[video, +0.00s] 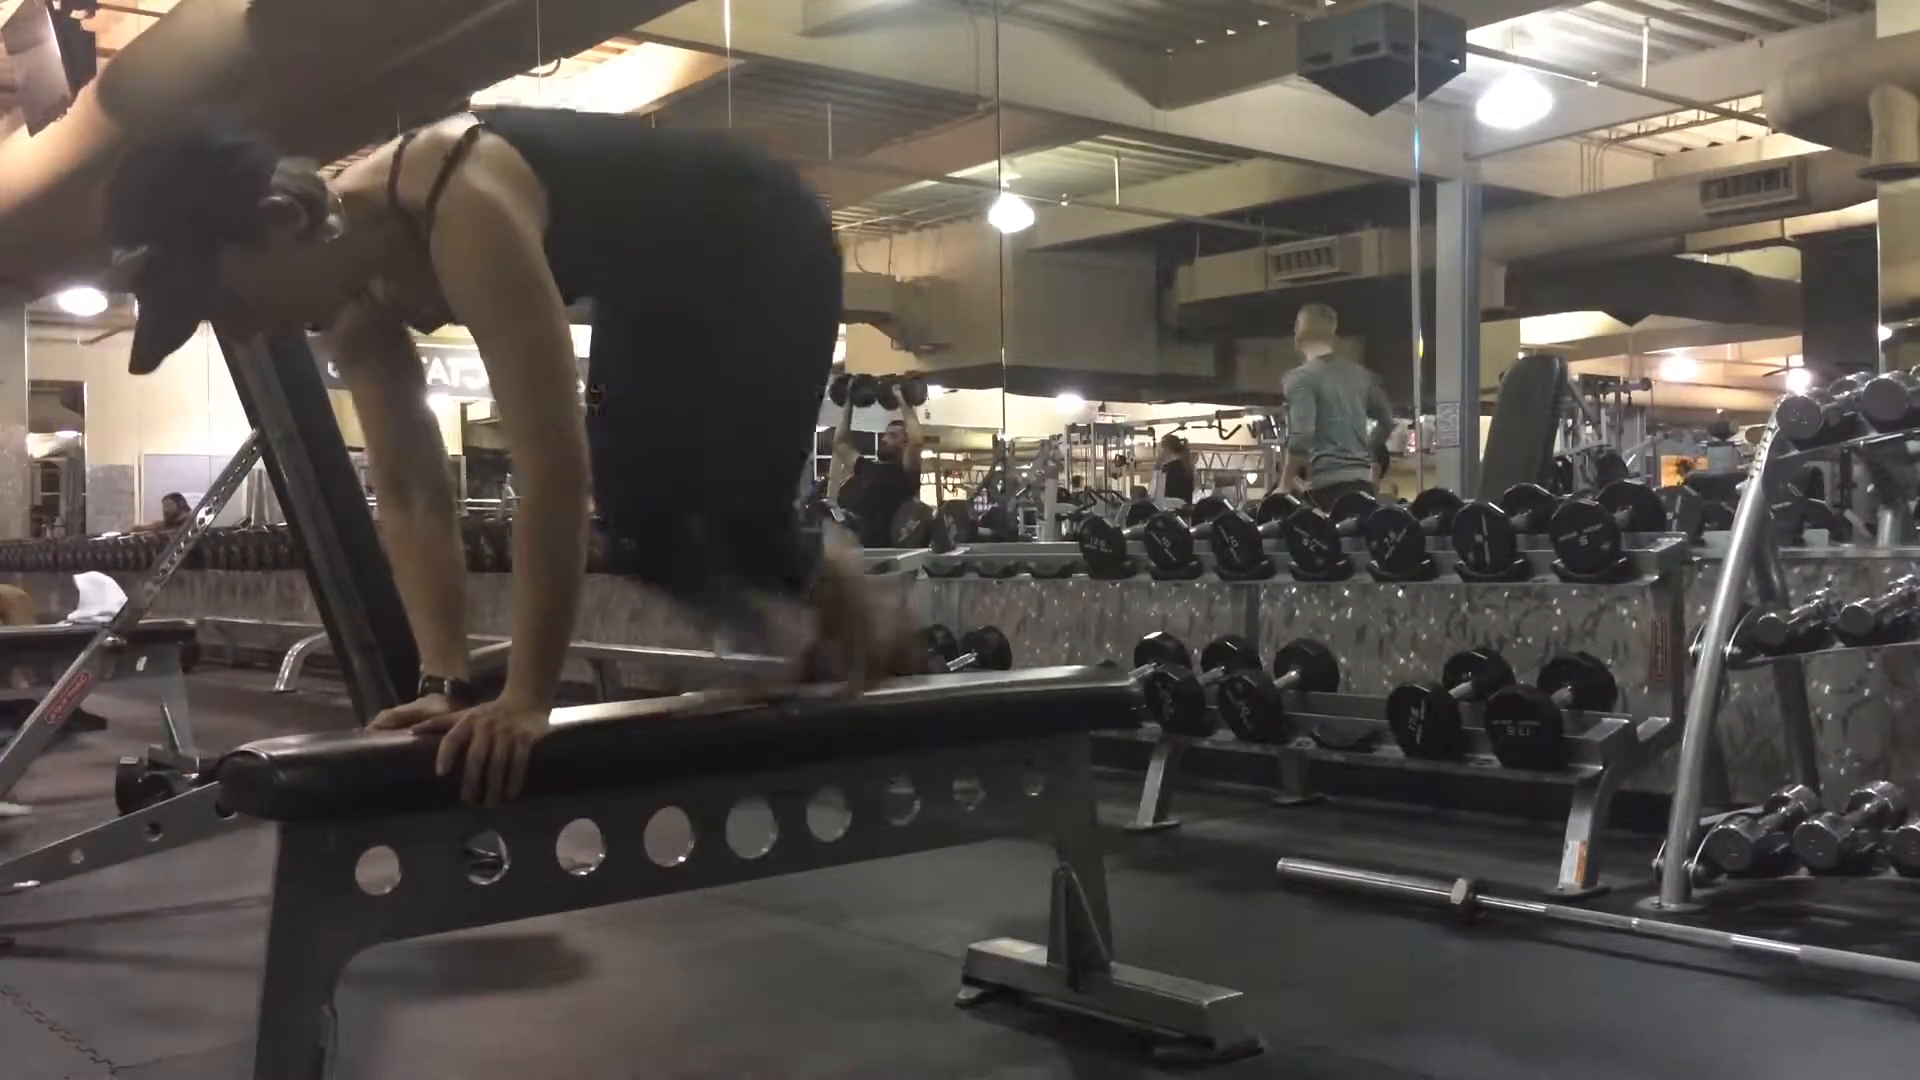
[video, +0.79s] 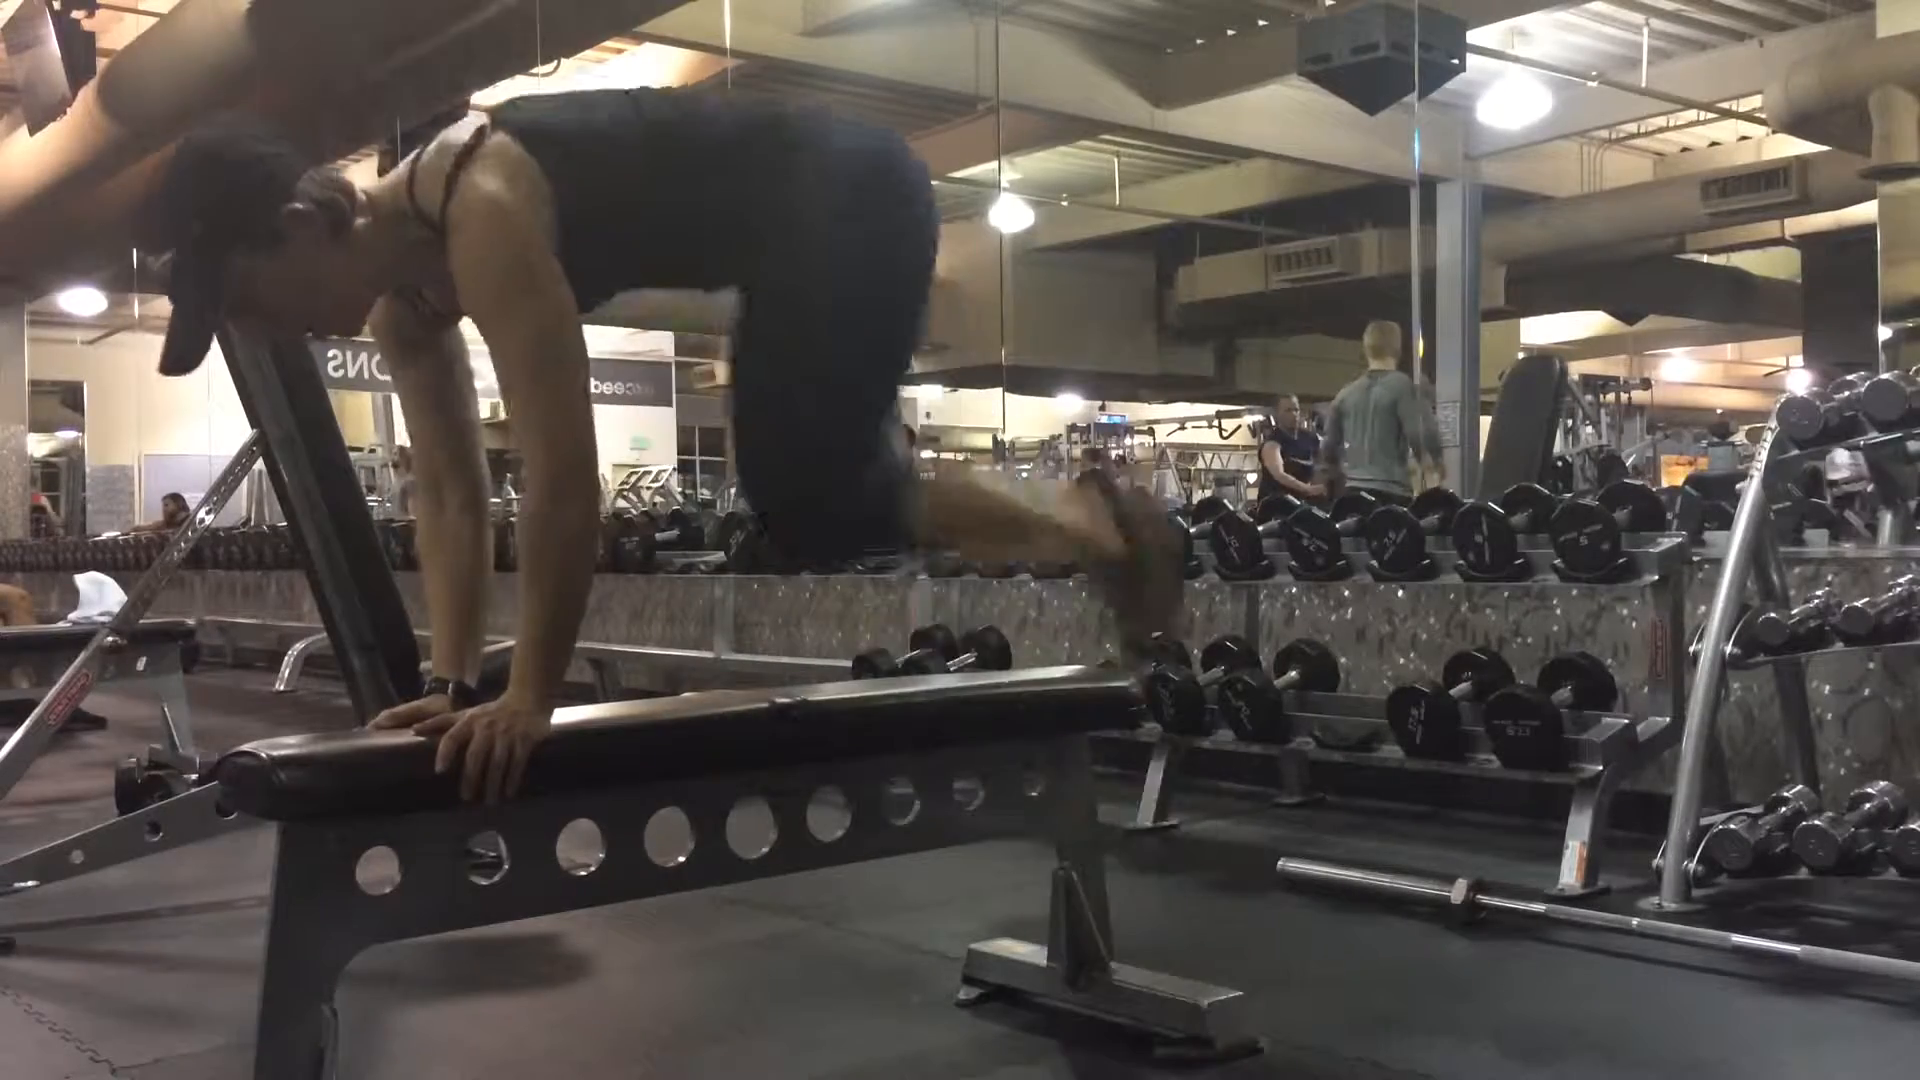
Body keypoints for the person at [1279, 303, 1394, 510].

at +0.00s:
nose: (1294, 338)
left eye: (1295, 332)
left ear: (1298, 337)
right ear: (1332, 336)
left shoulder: (1301, 378)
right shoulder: (1360, 374)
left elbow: (1302, 435)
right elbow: (1386, 422)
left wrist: (1286, 482)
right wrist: (1366, 452)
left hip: (1325, 484)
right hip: (1363, 479)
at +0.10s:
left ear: (1309, 334)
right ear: (1342, 333)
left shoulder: (1303, 378)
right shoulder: (1370, 373)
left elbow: (1297, 437)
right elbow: (1400, 420)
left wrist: (1286, 481)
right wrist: (1379, 450)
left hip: (1323, 484)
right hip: (1366, 481)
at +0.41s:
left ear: (1325, 346)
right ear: (1358, 343)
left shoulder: (1312, 393)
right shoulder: (1385, 385)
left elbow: (1294, 443)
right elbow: (1400, 435)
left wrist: (1288, 481)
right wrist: (1380, 457)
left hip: (1329, 490)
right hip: (1372, 489)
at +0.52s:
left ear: (1333, 348)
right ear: (1365, 346)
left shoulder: (1320, 396)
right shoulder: (1390, 385)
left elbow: (1301, 456)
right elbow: (1407, 439)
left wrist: (1298, 493)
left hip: (1336, 492)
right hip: (1378, 492)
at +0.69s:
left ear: (1353, 347)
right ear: (1385, 347)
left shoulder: (1334, 392)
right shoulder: (1398, 383)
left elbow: (1317, 449)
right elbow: (1412, 433)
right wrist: (1422, 465)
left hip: (1345, 491)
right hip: (1388, 492)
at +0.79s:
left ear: (1366, 351)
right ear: (1397, 350)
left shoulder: (1346, 393)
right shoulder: (1401, 386)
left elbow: (1329, 446)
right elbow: (1416, 432)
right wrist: (1428, 465)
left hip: (1354, 488)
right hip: (1394, 491)